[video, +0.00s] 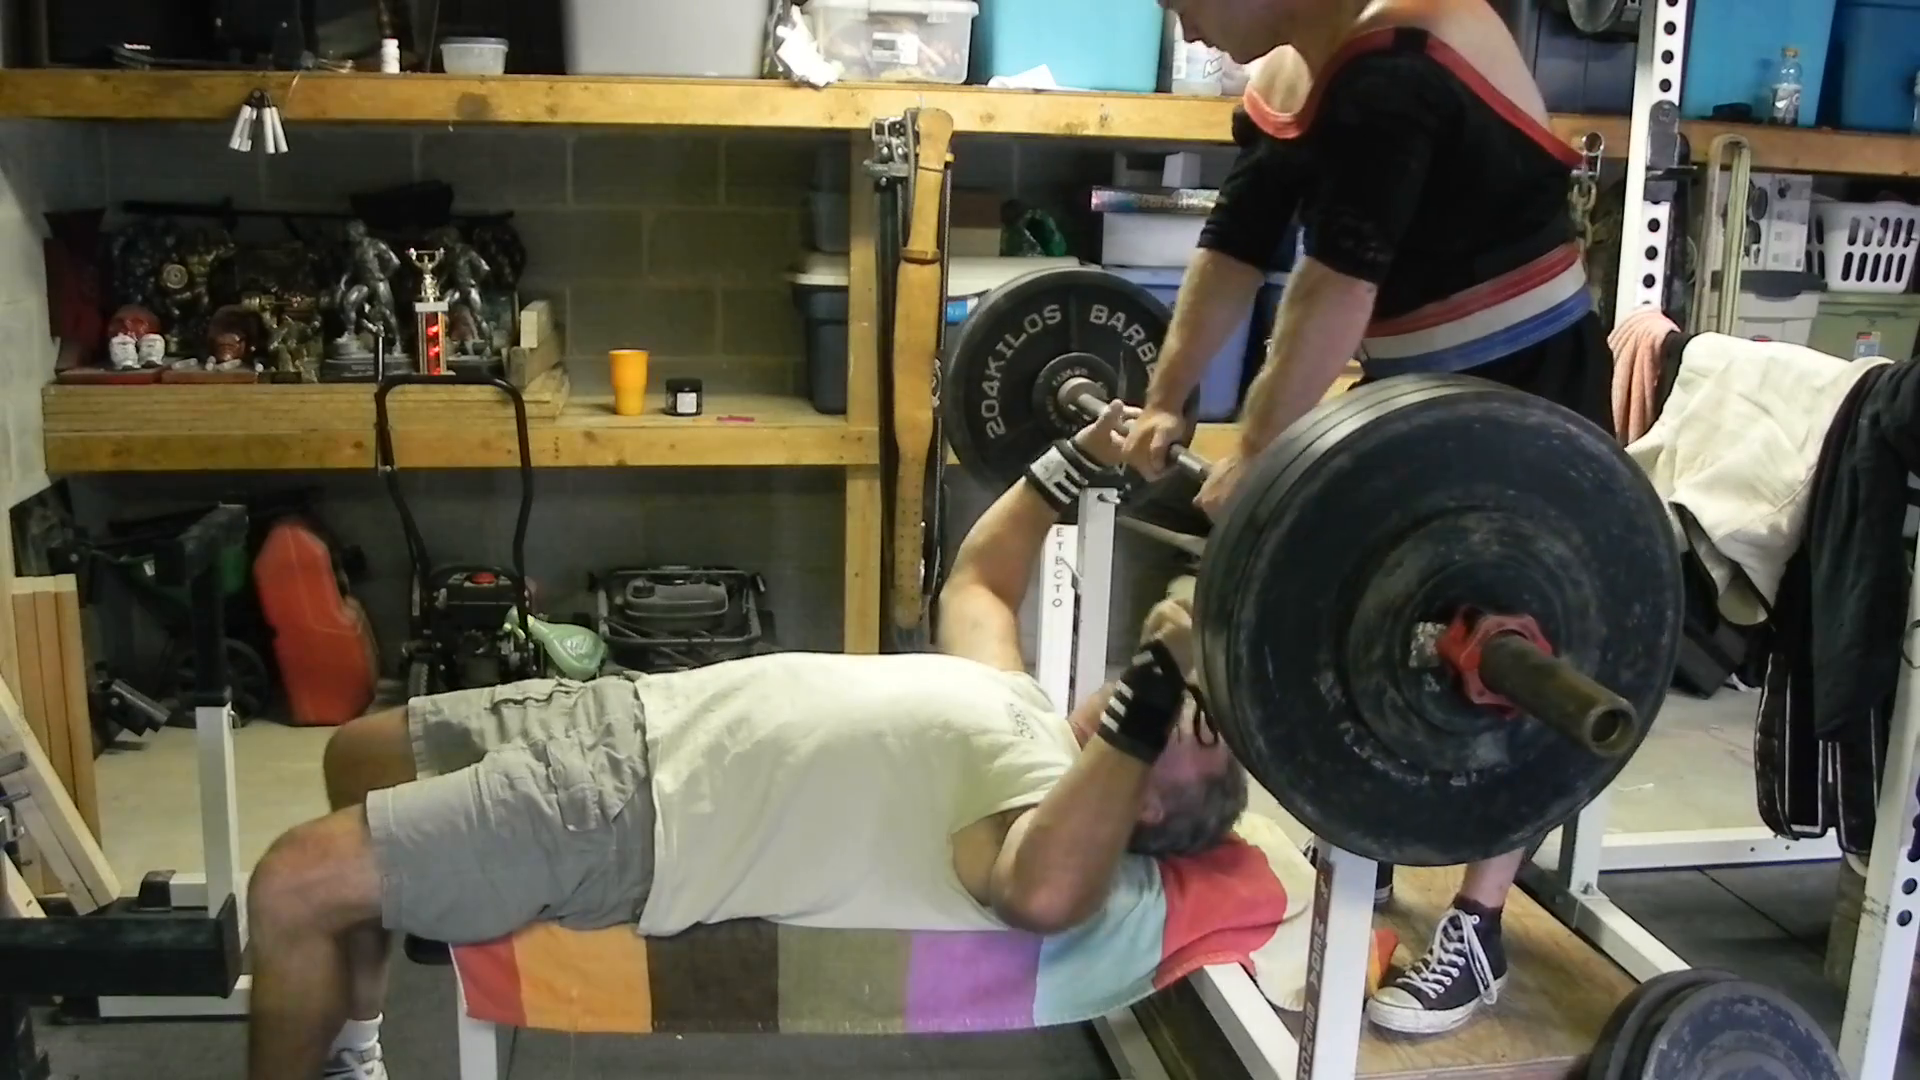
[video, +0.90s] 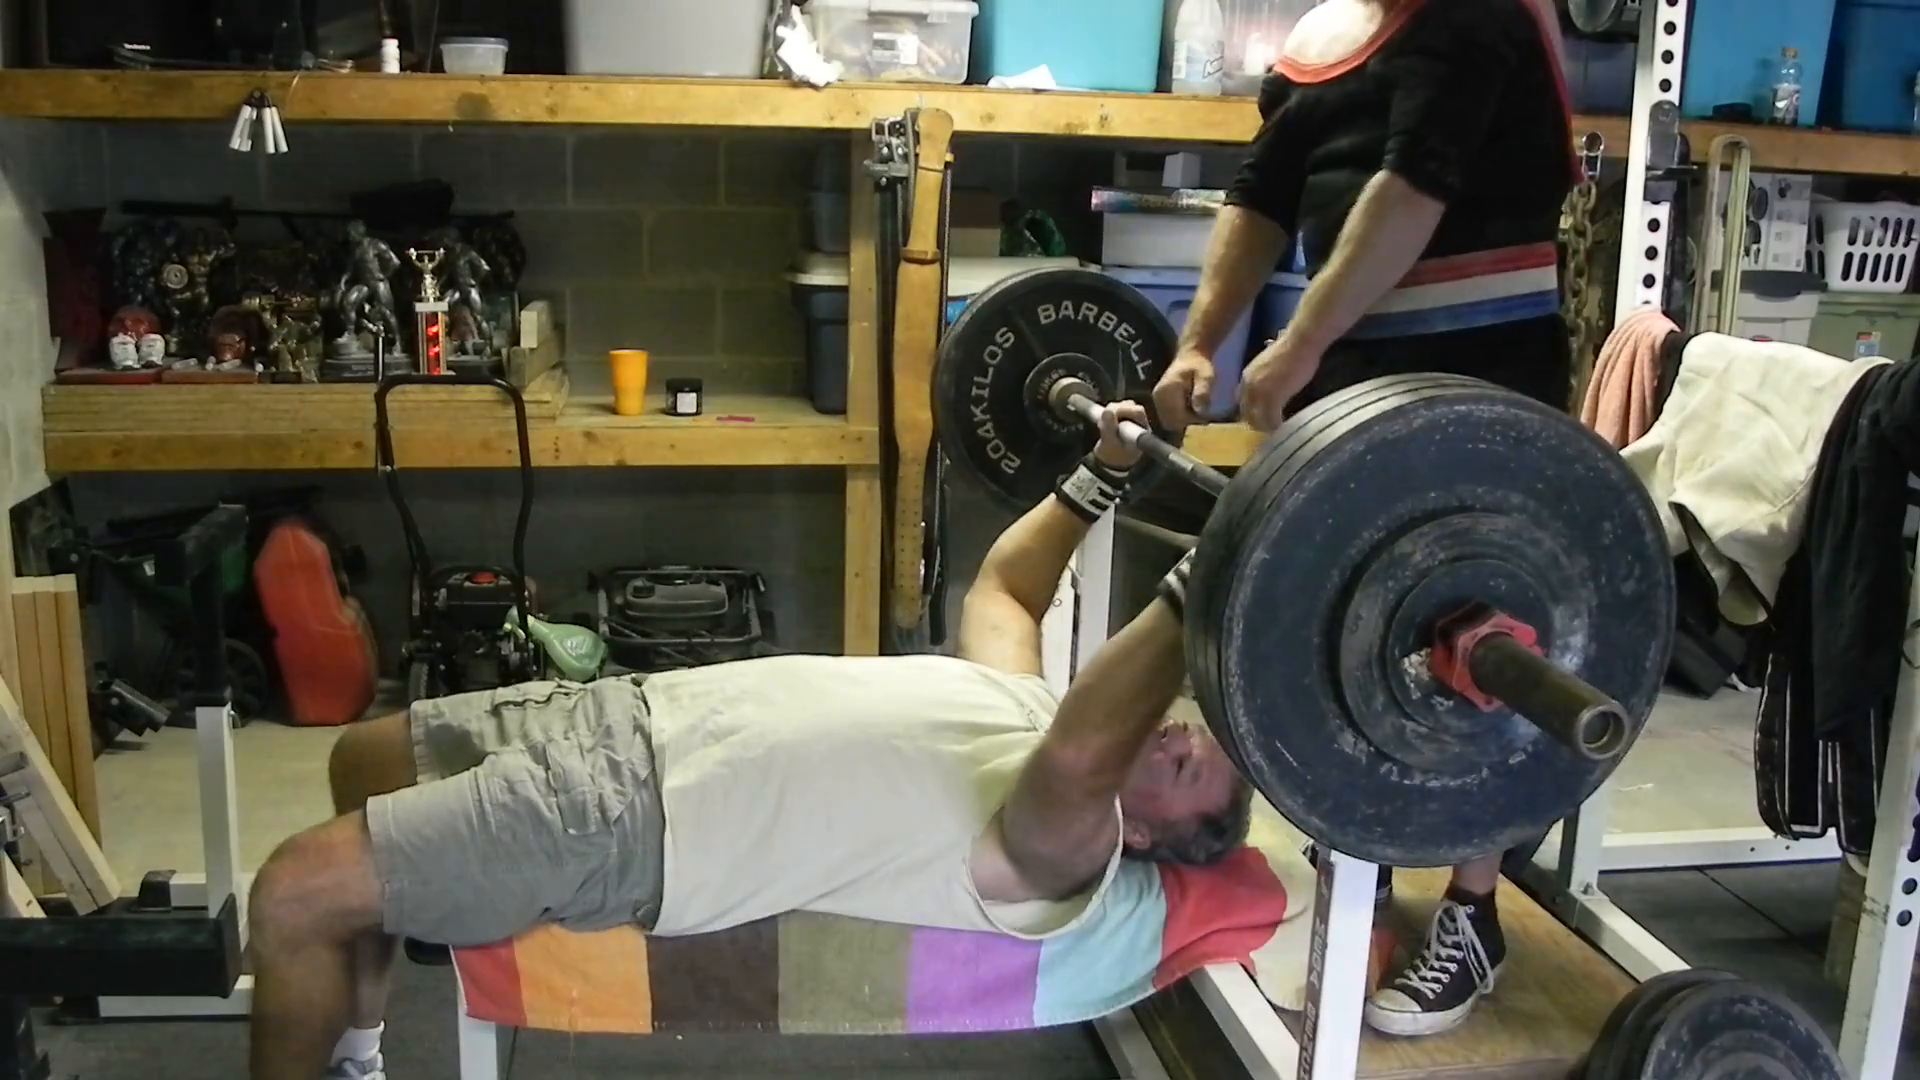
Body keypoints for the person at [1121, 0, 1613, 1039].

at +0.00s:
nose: (1186, 31)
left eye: (1186, 8)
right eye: (1180, 16)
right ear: (1253, 1)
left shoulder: (1394, 76)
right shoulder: (1287, 81)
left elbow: (1331, 306)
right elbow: (1234, 247)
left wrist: (1248, 461)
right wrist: (1162, 402)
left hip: (1522, 373)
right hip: (1393, 372)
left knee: (1519, 645)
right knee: (1378, 620)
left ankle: (1473, 917)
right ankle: (1362, 851)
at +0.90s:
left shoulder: (1472, 16)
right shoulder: (1316, 33)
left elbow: (1415, 185)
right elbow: (1263, 192)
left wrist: (1300, 341)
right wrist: (1196, 345)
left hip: (1479, 360)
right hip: (1346, 361)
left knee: (1478, 628)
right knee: (1352, 616)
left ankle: (1470, 908)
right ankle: (1357, 870)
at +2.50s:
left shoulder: (1630, 17)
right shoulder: (1489, 24)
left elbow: (1531, 170)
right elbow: (1381, 157)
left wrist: (1410, 307)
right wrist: (1246, 257)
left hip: (1595, 374)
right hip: (1468, 362)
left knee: (1567, 627)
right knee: (1440, 603)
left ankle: (1530, 898)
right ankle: (1442, 839)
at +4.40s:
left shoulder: (1604, 22)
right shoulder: (1456, 32)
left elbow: (1505, 150)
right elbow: (1342, 143)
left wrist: (1366, 31)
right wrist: (1249, 13)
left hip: (1543, 375)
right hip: (1422, 359)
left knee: (1537, 636)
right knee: (1414, 611)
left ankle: (1533, 911)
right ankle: (1436, 837)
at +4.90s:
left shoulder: (1647, 18)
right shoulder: (1489, 19)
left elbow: (1542, 160)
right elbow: (1399, 150)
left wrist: (1382, 67)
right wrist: (1323, 62)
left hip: (1593, 372)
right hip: (1467, 358)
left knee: (1575, 640)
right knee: (1443, 609)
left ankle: (1539, 909)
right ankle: (1446, 840)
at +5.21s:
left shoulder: (1648, 19)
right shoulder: (1528, 17)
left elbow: (1528, 168)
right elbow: (1468, 142)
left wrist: (1355, 76)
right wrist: (1344, 71)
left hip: (1612, 380)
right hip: (1502, 369)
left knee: (1590, 655)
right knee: (1464, 616)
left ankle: (1540, 915)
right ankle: (1446, 845)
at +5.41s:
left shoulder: (1650, 21)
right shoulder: (1534, 13)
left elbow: (1525, 170)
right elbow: (1477, 133)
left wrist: (1357, 79)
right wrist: (1360, 66)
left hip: (1613, 386)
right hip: (1506, 372)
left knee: (1589, 657)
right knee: (1471, 617)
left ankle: (1539, 916)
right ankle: (1452, 846)